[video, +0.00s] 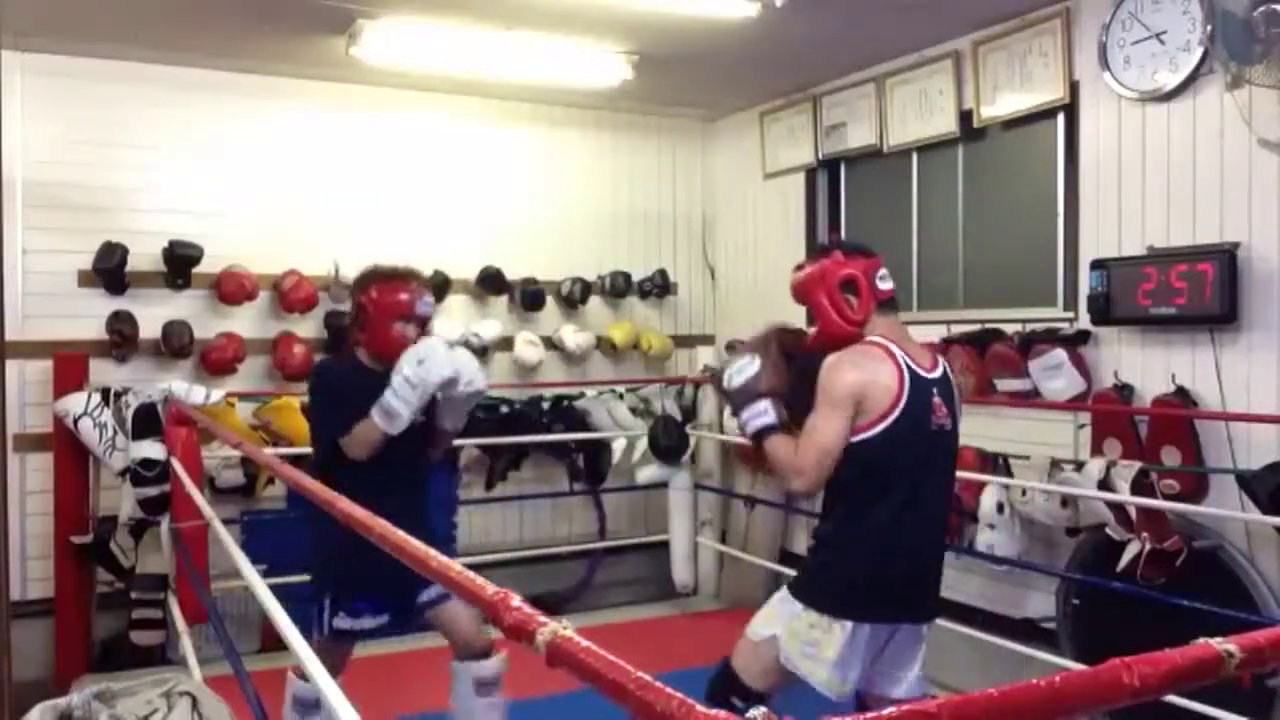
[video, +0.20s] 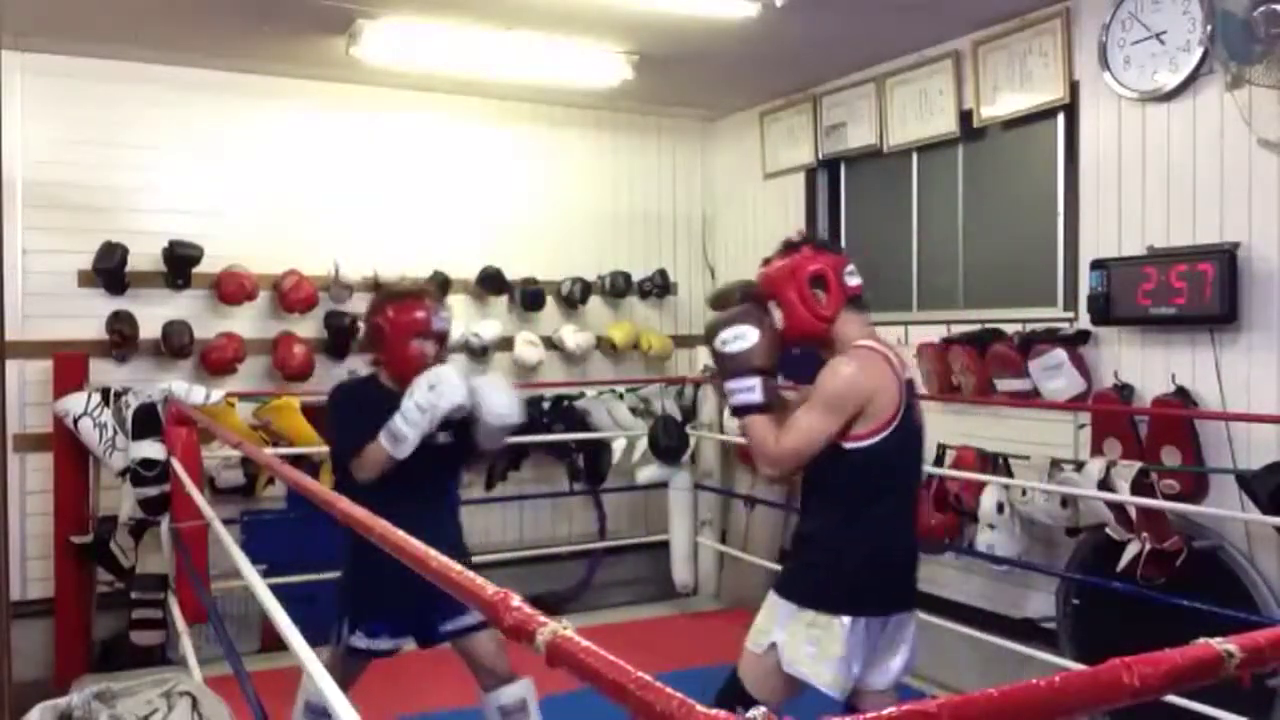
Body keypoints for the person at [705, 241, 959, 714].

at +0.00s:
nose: (814, 323)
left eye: (815, 308)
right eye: (811, 309)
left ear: (847, 298)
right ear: (876, 293)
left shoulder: (850, 367)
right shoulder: (935, 366)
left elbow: (802, 473)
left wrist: (754, 406)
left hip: (844, 585)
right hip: (916, 587)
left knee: (731, 695)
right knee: (886, 711)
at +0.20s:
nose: (780, 323)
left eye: (782, 307)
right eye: (775, 309)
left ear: (817, 297)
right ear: (831, 291)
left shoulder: (852, 371)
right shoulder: (892, 359)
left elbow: (773, 456)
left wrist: (743, 382)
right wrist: (770, 392)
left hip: (828, 584)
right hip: (888, 582)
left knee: (735, 708)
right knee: (876, 709)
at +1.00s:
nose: (752, 337)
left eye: (753, 324)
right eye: (748, 326)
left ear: (787, 313)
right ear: (801, 309)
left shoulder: (820, 389)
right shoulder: (855, 375)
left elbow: (751, 481)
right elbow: (775, 460)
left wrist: (720, 402)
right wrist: (740, 395)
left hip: (794, 596)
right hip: (856, 596)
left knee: (684, 690)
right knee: (850, 710)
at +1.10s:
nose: (722, 332)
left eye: (725, 317)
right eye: (720, 318)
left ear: (755, 310)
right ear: (774, 305)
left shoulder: (777, 387)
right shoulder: (833, 373)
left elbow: (729, 489)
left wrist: (685, 444)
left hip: (757, 594)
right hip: (828, 592)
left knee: (642, 663)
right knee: (843, 711)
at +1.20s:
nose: (669, 314)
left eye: (674, 300)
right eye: (669, 300)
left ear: (701, 300)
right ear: (734, 299)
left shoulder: (690, 371)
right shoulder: (793, 368)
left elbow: (611, 433)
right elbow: (809, 431)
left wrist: (574, 395)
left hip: (707, 579)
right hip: (786, 575)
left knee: (622, 666)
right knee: (831, 700)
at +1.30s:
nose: (610, 316)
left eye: (613, 306)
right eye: (613, 305)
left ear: (626, 312)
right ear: (683, 306)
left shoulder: (604, 370)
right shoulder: (738, 374)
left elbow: (530, 362)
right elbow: (752, 434)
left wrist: (462, 343)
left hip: (654, 586)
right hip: (739, 580)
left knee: (604, 699)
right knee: (802, 689)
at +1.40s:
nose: (575, 328)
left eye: (577, 317)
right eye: (575, 317)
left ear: (592, 317)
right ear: (651, 317)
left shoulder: (565, 374)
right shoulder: (702, 379)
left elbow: (478, 369)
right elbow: (712, 453)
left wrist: (463, 328)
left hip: (613, 590)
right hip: (700, 588)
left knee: (565, 705)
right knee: (793, 704)